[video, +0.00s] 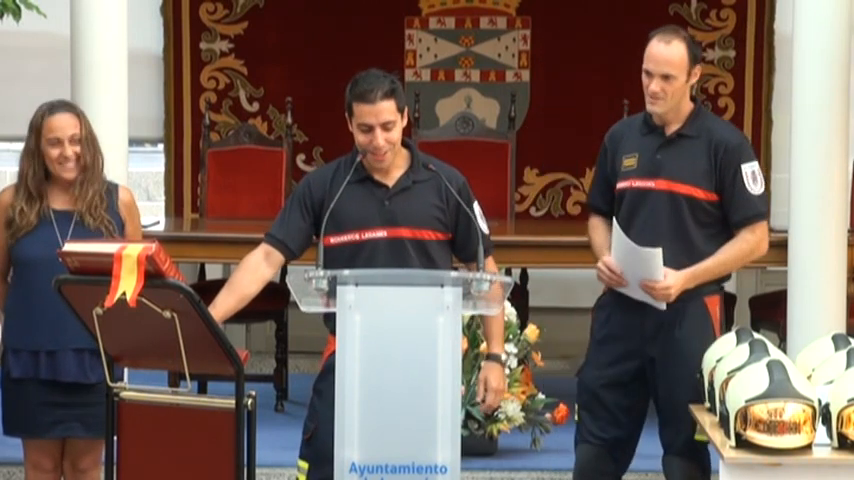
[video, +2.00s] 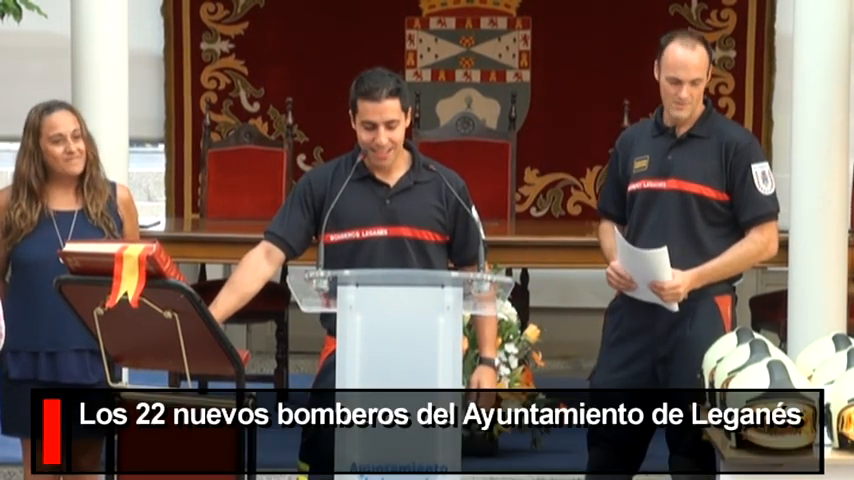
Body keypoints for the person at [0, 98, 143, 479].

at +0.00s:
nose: (68, 151)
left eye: (76, 140)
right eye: (55, 143)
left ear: (88, 144)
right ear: (38, 149)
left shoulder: (119, 201)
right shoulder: (12, 203)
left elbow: (137, 278)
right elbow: (3, 277)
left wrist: (129, 345)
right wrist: (5, 333)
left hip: (94, 357)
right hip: (30, 356)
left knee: (86, 466)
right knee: (41, 466)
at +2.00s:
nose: (73, 147)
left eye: (78, 136)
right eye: (58, 140)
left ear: (87, 140)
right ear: (37, 149)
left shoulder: (117, 199)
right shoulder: (10, 203)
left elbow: (134, 276)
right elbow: (1, 280)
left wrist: (129, 346)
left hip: (93, 359)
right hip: (28, 358)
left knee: (88, 465)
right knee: (41, 467)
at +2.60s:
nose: (72, 148)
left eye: (77, 136)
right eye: (57, 141)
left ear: (85, 140)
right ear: (36, 149)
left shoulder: (115, 199)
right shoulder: (11, 203)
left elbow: (133, 277)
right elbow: (3, 279)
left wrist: (127, 346)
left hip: (92, 359)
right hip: (26, 359)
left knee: (88, 466)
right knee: (40, 467)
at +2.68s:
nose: (72, 148)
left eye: (77, 137)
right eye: (58, 141)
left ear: (85, 140)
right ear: (36, 149)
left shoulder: (115, 199)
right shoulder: (11, 203)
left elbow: (132, 277)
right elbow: (2, 278)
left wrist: (127, 347)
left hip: (92, 359)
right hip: (26, 359)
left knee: (88, 466)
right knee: (40, 467)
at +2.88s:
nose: (72, 149)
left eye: (77, 138)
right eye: (58, 142)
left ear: (85, 140)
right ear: (35, 150)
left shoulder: (114, 199)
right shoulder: (10, 203)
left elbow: (131, 278)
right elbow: (2, 279)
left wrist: (126, 348)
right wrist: (1, 335)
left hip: (91, 360)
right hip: (26, 359)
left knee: (87, 466)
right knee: (40, 468)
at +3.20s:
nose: (72, 149)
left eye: (77, 137)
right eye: (58, 141)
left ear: (85, 140)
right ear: (35, 150)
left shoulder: (114, 199)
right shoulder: (10, 203)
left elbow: (131, 279)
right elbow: (2, 279)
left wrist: (126, 348)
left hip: (91, 360)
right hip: (26, 359)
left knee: (87, 466)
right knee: (40, 468)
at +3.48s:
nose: (73, 148)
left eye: (77, 137)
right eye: (58, 141)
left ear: (85, 139)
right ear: (35, 149)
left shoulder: (114, 199)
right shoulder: (10, 203)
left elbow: (131, 279)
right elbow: (1, 280)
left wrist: (126, 349)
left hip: (92, 361)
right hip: (27, 361)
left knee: (87, 467)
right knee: (40, 469)